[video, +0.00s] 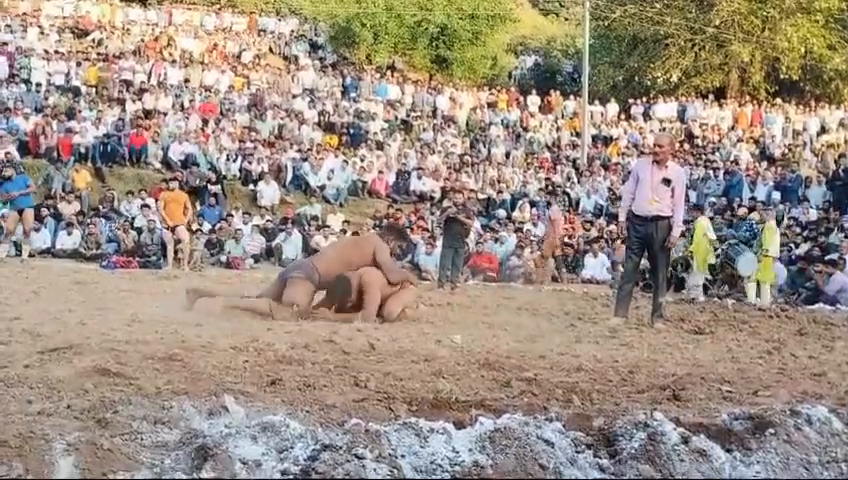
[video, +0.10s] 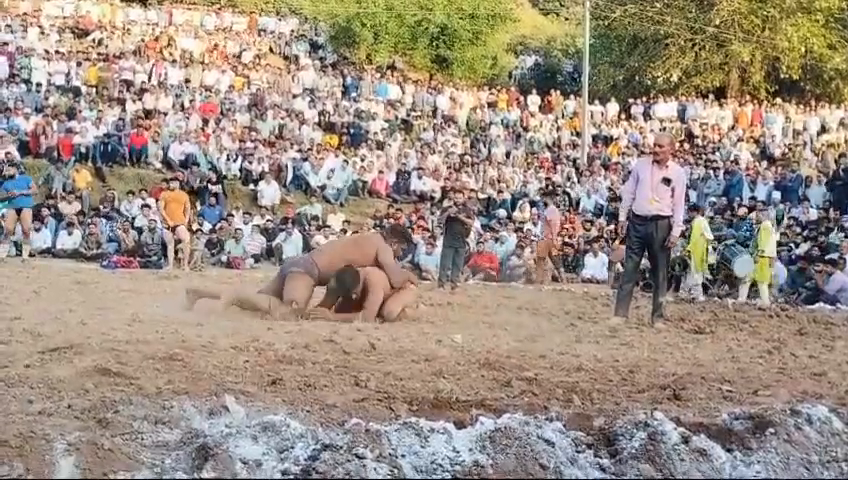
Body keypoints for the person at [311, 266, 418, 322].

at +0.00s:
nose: (347, 306)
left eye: (349, 303)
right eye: (342, 304)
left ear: (353, 290)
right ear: (334, 292)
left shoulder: (370, 278)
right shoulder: (336, 285)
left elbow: (368, 318)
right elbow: (319, 310)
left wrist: (333, 317)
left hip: (406, 286)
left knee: (388, 314)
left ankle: (407, 313)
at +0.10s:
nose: (353, 297)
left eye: (355, 293)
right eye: (349, 295)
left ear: (359, 282)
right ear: (338, 286)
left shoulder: (374, 280)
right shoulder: (340, 280)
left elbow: (367, 319)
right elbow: (322, 308)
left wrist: (330, 317)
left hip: (404, 287)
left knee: (388, 314)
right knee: (340, 310)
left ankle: (405, 313)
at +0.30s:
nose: (344, 288)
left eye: (346, 283)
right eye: (339, 285)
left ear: (353, 274)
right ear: (332, 280)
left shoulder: (372, 277)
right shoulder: (331, 280)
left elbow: (365, 318)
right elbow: (330, 311)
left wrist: (334, 317)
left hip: (398, 287)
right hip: (369, 288)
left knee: (387, 313)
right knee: (340, 307)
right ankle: (374, 308)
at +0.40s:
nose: (338, 285)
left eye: (341, 280)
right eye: (334, 281)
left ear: (348, 272)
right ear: (328, 277)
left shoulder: (369, 276)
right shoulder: (328, 279)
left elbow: (365, 317)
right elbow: (328, 311)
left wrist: (332, 317)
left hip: (399, 286)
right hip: (367, 290)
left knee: (388, 314)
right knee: (337, 308)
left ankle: (406, 312)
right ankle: (374, 310)